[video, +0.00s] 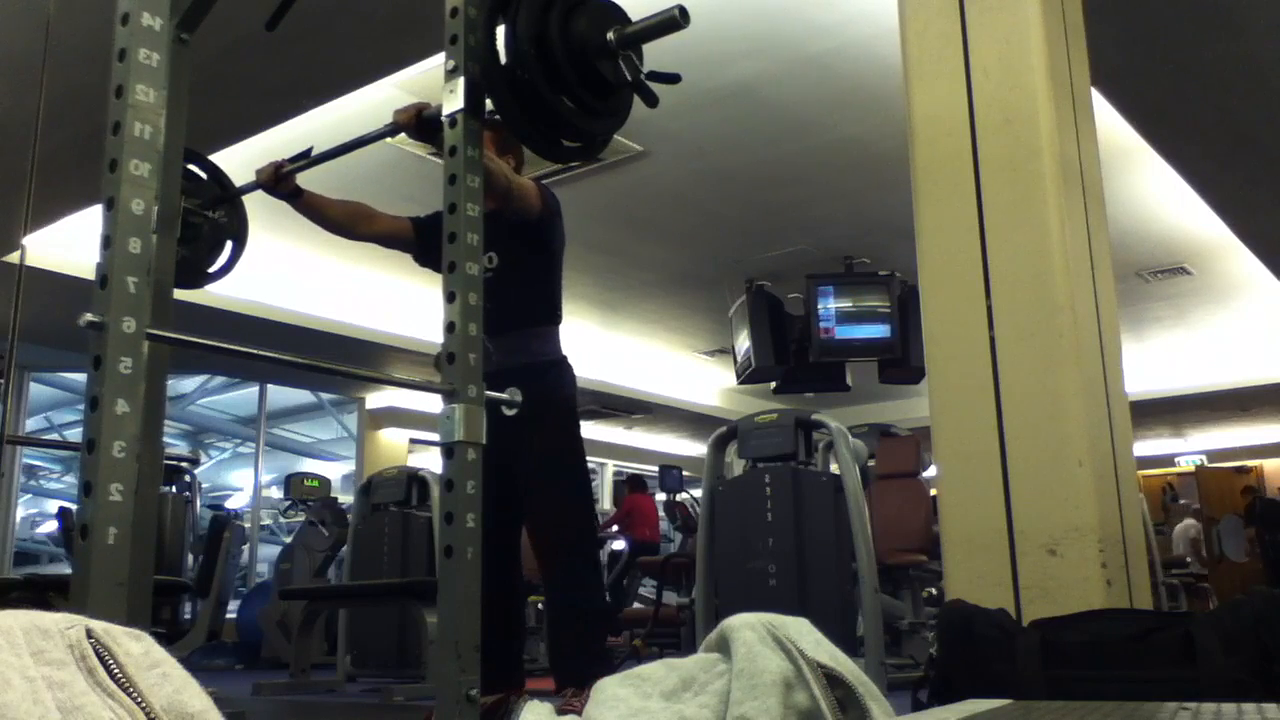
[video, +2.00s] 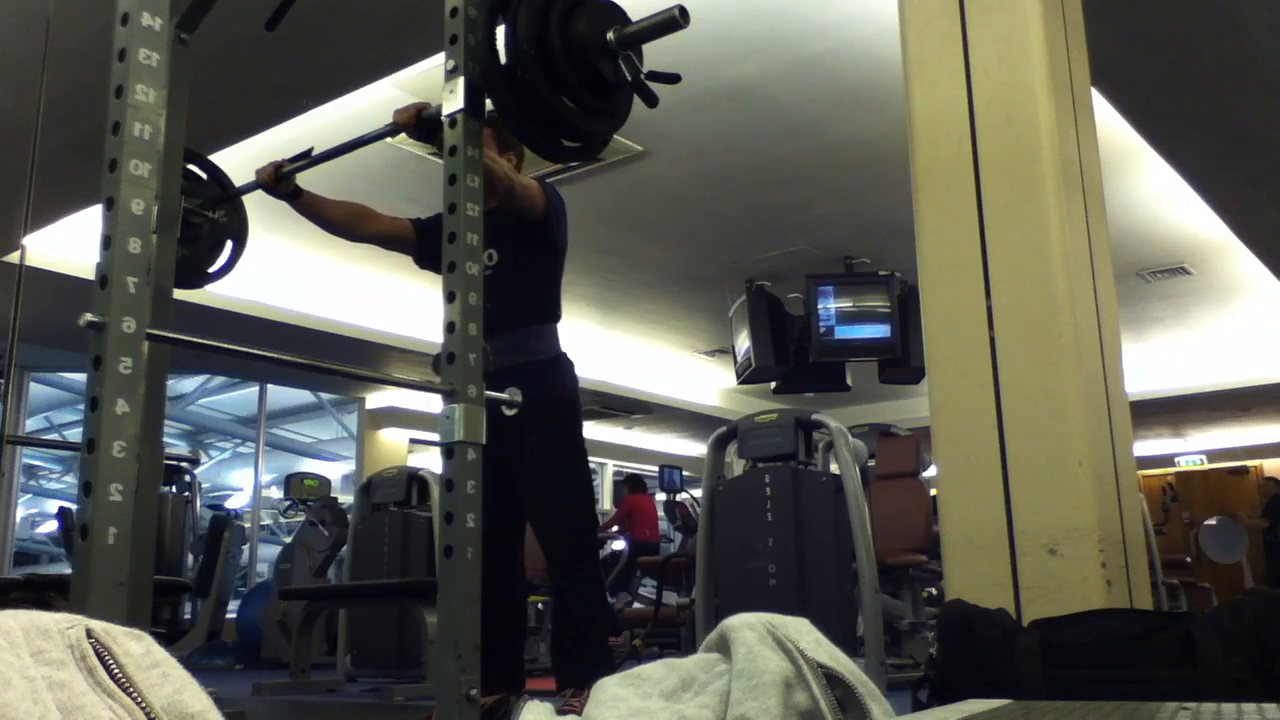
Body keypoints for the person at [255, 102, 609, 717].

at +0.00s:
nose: (469, 164)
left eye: (478, 152)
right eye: (462, 156)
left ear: (508, 152)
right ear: (457, 163)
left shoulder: (539, 209)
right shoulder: (455, 226)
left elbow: (503, 181)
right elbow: (366, 222)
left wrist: (440, 134)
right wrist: (294, 193)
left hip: (539, 389)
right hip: (477, 395)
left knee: (561, 538)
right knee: (486, 547)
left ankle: (578, 685)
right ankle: (498, 686)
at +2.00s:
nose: (466, 166)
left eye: (475, 154)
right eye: (460, 159)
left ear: (507, 153)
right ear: (456, 165)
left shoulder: (543, 207)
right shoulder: (456, 227)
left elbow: (501, 178)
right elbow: (368, 224)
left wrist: (439, 133)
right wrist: (294, 192)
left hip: (539, 385)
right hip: (476, 393)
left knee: (565, 539)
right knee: (488, 548)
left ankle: (579, 684)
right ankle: (498, 687)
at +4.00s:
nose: (471, 159)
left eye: (482, 148)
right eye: (465, 153)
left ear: (516, 154)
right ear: (459, 162)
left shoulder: (543, 204)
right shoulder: (457, 223)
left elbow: (502, 179)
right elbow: (370, 221)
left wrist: (440, 134)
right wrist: (295, 192)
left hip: (538, 384)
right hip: (476, 392)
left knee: (565, 538)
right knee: (488, 546)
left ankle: (579, 684)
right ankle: (498, 686)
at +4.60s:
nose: (468, 157)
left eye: (479, 145)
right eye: (460, 146)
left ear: (504, 152)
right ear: (447, 154)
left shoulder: (526, 200)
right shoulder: (431, 217)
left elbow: (517, 207)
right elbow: (350, 252)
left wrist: (445, 142)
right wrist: (297, 198)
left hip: (512, 389)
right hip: (449, 392)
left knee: (503, 537)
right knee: (435, 536)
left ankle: (500, 683)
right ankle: (461, 679)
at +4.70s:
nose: (428, 155)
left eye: (444, 146)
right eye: (427, 147)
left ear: (476, 156)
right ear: (427, 159)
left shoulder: (502, 208)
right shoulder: (407, 226)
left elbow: (499, 226)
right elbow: (331, 273)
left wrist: (436, 144)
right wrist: (291, 203)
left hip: (490, 397)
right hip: (421, 399)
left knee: (469, 544)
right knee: (370, 533)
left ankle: (475, 685)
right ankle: (437, 677)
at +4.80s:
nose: (403, 150)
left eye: (418, 140)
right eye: (399, 142)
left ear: (446, 153)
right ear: (393, 158)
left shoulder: (470, 206)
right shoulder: (382, 226)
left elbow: (469, 241)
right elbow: (304, 284)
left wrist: (434, 160)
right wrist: (281, 206)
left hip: (447, 404)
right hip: (386, 402)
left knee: (426, 553)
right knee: (298, 524)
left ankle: (445, 690)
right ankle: (343, 675)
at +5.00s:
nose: (373, 118)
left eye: (389, 114)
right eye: (370, 112)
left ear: (409, 140)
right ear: (354, 135)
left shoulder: (412, 195)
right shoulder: (315, 210)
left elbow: (399, 231)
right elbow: (240, 271)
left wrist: (412, 147)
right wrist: (258, 194)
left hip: (351, 379)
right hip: (287, 380)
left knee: (351, 546)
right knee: (220, 517)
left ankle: (432, 681)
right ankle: (250, 694)